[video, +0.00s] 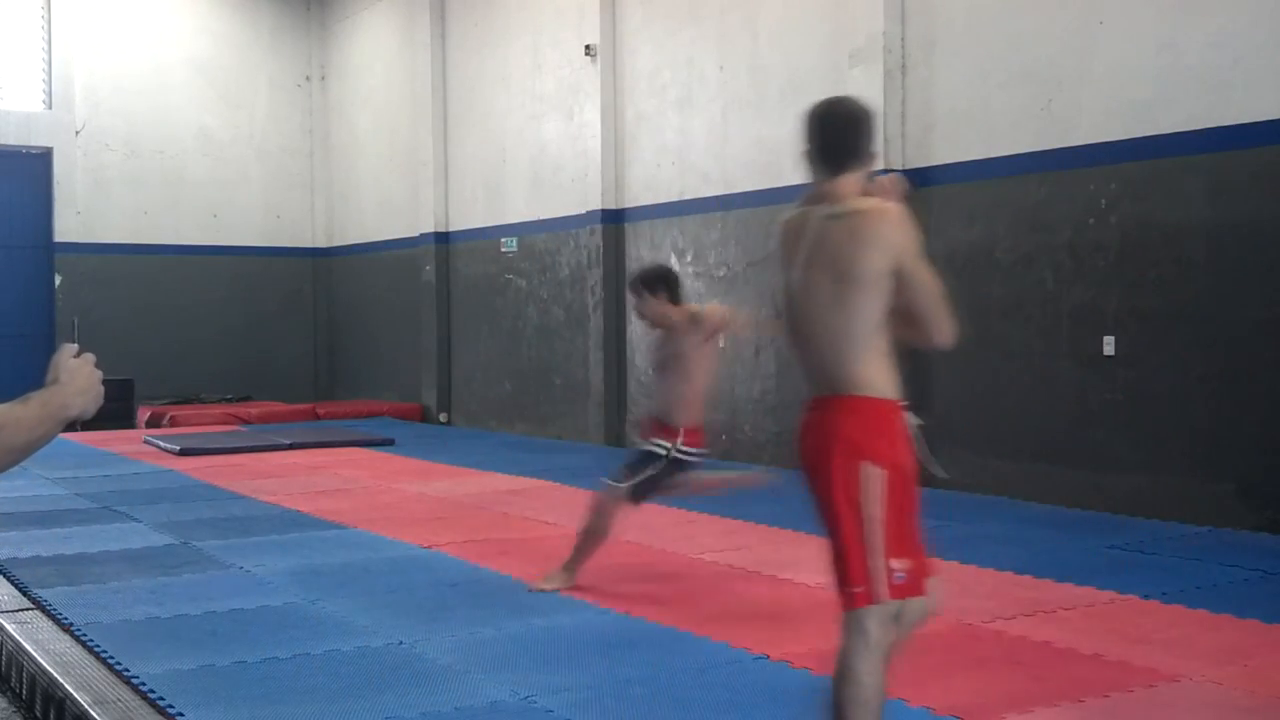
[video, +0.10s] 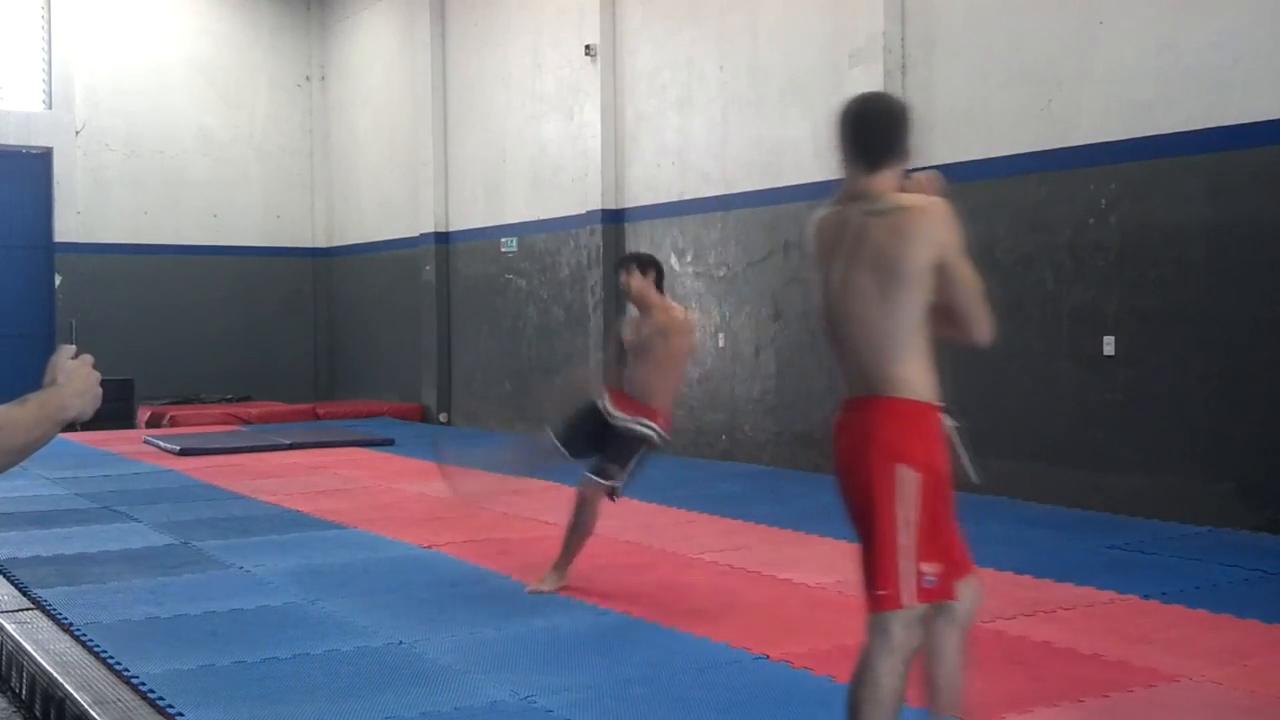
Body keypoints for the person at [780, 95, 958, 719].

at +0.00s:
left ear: (811, 152)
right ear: (869, 150)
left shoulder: (795, 226)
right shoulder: (885, 218)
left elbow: (828, 313)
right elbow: (938, 329)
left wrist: (876, 209)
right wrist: (865, 303)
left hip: (831, 430)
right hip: (867, 436)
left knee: (916, 598)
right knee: (867, 623)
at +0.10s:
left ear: (845, 148)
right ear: (903, 146)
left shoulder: (827, 225)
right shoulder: (928, 215)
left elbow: (863, 307)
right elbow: (977, 326)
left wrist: (912, 203)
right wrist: (901, 304)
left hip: (865, 431)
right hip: (903, 437)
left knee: (959, 592)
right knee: (895, 626)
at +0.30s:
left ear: (907, 160)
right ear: (971, 156)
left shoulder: (894, 235)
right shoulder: (1000, 227)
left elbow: (945, 299)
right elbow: (1056, 331)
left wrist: (980, 210)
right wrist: (981, 307)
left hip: (939, 438)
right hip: (982, 443)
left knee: (1001, 637)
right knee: (969, 639)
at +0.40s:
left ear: (936, 157)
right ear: (1001, 152)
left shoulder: (923, 233)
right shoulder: (1030, 221)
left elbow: (976, 295)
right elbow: (1091, 324)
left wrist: (1005, 208)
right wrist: (1016, 285)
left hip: (965, 441)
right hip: (1018, 447)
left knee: (1019, 634)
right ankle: (953, 713)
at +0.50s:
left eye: (973, 145)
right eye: (1024, 143)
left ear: (964, 151)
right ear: (1030, 147)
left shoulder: (948, 228)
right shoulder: (1057, 215)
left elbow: (1002, 296)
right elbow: (1121, 321)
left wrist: (1045, 210)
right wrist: (1049, 279)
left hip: (988, 441)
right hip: (1049, 443)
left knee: (1026, 618)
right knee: (1149, 609)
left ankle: (1022, 718)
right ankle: (1031, 706)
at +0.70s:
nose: (1018, 148)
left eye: (1017, 136)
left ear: (1014, 142)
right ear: (1083, 141)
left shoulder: (987, 223)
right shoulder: (1121, 220)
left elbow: (1040, 291)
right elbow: (1172, 335)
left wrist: (1091, 204)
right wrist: (1095, 306)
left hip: (1030, 444)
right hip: (1109, 443)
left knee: (1041, 630)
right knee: (1185, 618)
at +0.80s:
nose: (1040, 152)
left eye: (1042, 141)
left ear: (1046, 145)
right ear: (1112, 142)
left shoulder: (1011, 231)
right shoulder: (1160, 231)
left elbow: (1016, 312)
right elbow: (1215, 355)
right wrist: (1148, 325)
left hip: (1054, 448)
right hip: (1140, 448)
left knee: (1050, 636)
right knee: (1199, 632)